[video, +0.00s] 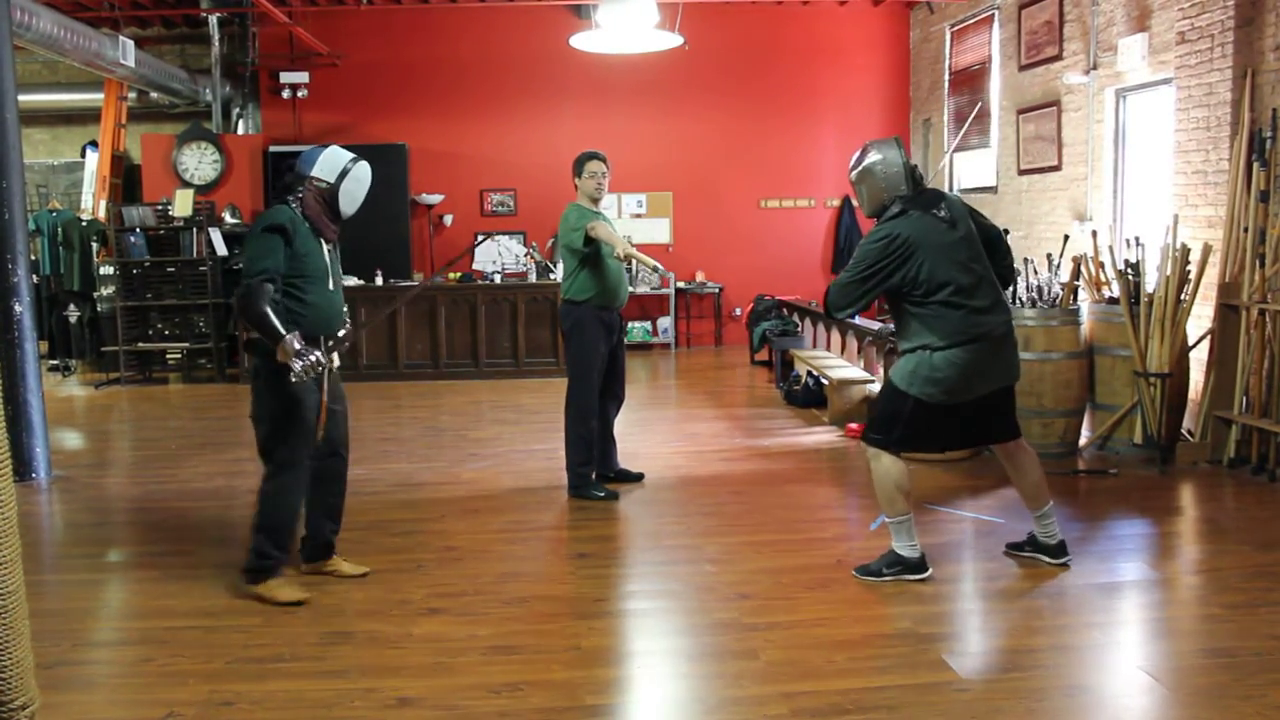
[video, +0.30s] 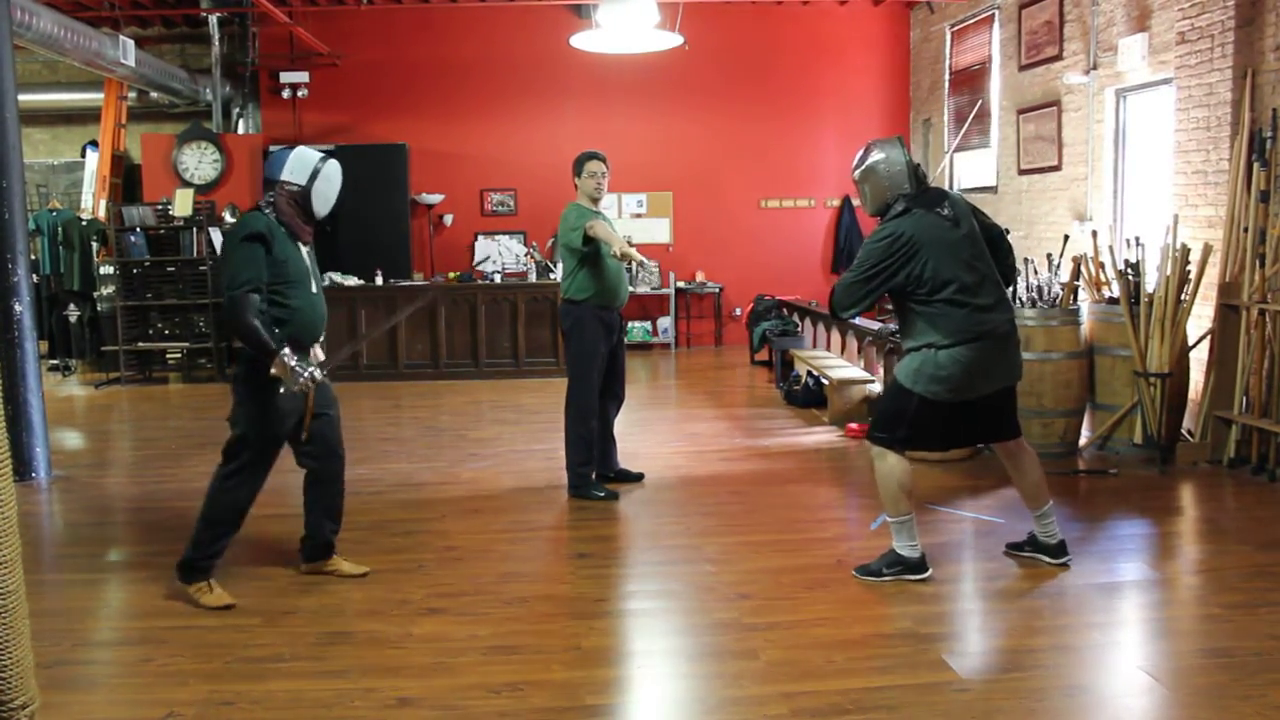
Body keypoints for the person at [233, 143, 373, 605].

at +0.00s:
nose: (350, 202)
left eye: (353, 193)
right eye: (348, 192)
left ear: (327, 185)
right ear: (325, 184)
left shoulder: (325, 233)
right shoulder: (278, 222)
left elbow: (326, 291)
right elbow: (254, 294)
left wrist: (340, 327)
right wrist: (284, 340)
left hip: (324, 365)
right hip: (285, 367)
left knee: (331, 459)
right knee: (289, 464)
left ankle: (319, 554)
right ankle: (264, 571)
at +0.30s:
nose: (328, 201)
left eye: (329, 192)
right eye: (325, 190)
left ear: (297, 185)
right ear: (303, 185)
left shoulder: (297, 234)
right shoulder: (254, 230)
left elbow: (300, 299)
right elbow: (241, 310)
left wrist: (313, 343)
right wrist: (281, 358)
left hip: (304, 370)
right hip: (266, 373)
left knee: (327, 460)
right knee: (244, 470)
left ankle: (319, 554)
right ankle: (195, 573)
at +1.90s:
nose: (295, 207)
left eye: (295, 198)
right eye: (291, 197)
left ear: (260, 193)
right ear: (269, 193)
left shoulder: (262, 241)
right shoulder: (229, 243)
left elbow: (270, 308)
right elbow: (217, 329)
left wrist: (290, 357)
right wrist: (252, 386)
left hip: (283, 374)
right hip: (248, 378)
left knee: (324, 457)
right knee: (235, 480)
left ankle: (331, 554)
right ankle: (189, 585)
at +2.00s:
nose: (294, 208)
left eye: (294, 199)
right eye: (290, 198)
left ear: (259, 193)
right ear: (267, 194)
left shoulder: (263, 242)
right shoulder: (228, 244)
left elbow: (270, 309)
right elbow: (217, 330)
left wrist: (290, 358)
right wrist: (256, 383)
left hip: (284, 375)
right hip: (249, 379)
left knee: (325, 458)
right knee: (235, 481)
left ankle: (331, 554)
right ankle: (189, 585)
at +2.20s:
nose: (295, 207)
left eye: (295, 198)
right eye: (291, 196)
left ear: (260, 192)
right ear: (269, 192)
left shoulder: (263, 241)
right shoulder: (228, 244)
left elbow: (272, 307)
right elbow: (221, 327)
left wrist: (293, 355)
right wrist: (262, 376)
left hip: (286, 374)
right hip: (249, 380)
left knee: (324, 458)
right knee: (235, 479)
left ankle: (331, 554)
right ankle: (189, 585)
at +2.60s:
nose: (294, 208)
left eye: (294, 199)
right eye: (290, 198)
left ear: (259, 194)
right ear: (267, 194)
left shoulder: (263, 243)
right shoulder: (229, 246)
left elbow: (273, 309)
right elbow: (219, 333)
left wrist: (294, 356)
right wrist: (257, 388)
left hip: (286, 374)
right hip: (251, 379)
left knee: (326, 458)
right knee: (236, 482)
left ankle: (332, 555)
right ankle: (190, 586)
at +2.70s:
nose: (294, 209)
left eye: (294, 200)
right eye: (290, 199)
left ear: (259, 194)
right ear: (268, 195)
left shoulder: (264, 243)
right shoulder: (228, 246)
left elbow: (272, 310)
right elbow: (217, 332)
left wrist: (293, 357)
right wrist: (255, 388)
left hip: (286, 375)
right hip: (251, 379)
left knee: (326, 458)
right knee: (235, 482)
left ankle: (332, 555)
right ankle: (189, 586)